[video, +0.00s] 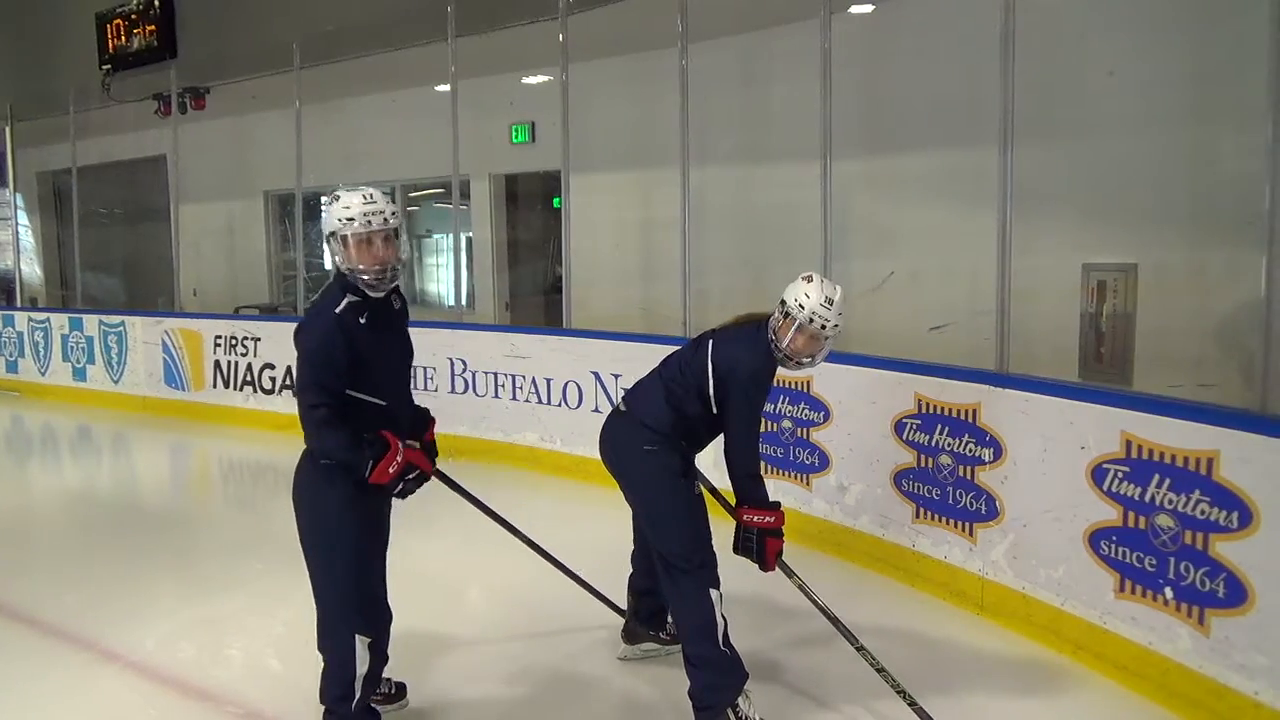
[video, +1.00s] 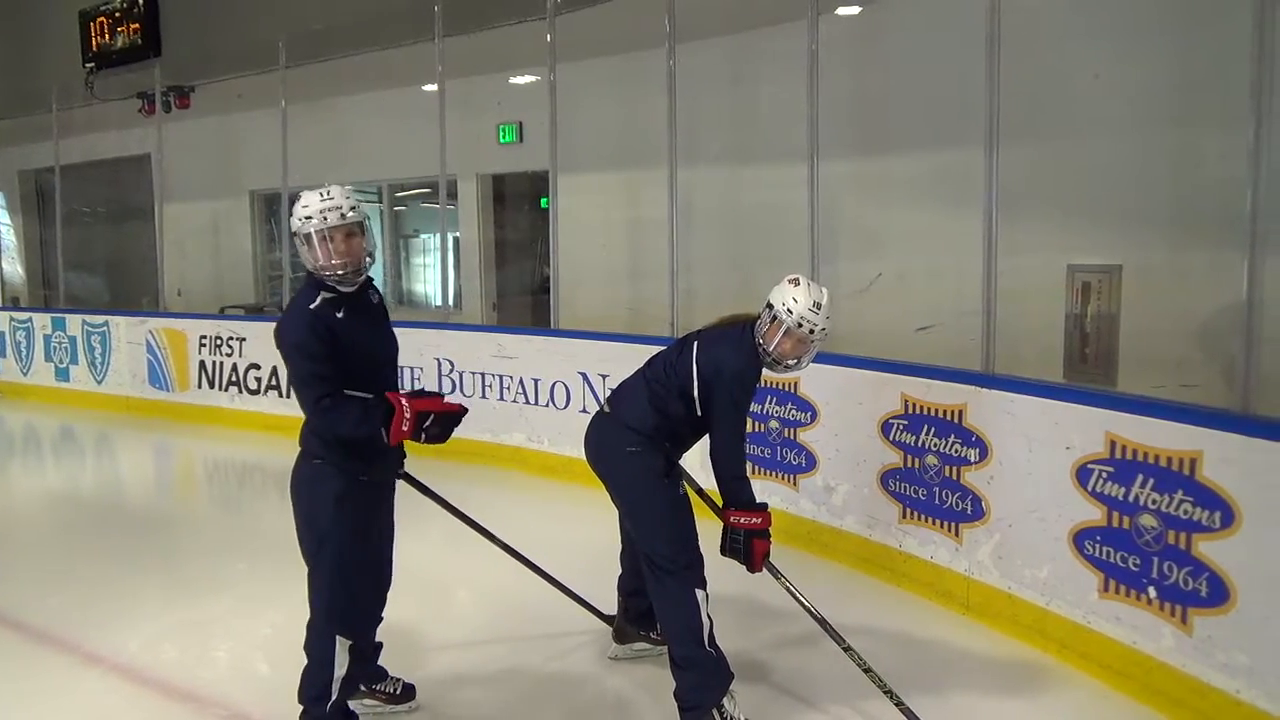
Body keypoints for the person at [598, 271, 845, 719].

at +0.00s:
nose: (803, 344)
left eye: (815, 338)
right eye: (799, 330)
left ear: (826, 342)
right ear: (781, 318)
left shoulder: (751, 337)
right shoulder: (752, 359)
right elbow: (741, 445)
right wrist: (758, 515)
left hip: (630, 434)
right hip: (652, 446)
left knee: (656, 533)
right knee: (693, 569)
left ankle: (644, 623)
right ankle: (718, 703)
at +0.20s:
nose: (800, 345)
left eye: (812, 339)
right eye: (796, 331)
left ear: (823, 342)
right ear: (779, 318)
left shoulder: (749, 337)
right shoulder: (749, 360)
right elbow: (739, 447)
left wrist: (677, 446)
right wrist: (757, 516)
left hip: (629, 433)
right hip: (647, 445)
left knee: (656, 533)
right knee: (690, 568)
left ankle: (644, 622)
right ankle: (715, 702)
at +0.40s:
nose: (795, 346)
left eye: (808, 340)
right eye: (792, 332)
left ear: (820, 343)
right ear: (776, 319)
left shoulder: (745, 337)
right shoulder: (746, 361)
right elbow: (736, 448)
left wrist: (673, 446)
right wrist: (755, 517)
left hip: (626, 434)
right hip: (643, 445)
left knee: (653, 534)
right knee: (687, 567)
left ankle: (642, 622)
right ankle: (712, 702)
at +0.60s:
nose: (790, 344)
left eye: (803, 338)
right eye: (786, 330)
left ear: (817, 344)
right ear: (772, 318)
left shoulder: (742, 336)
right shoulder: (742, 361)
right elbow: (733, 446)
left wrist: (670, 447)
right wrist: (752, 515)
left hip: (622, 433)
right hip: (641, 445)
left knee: (650, 532)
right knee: (685, 567)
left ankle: (640, 622)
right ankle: (709, 702)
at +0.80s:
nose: (791, 346)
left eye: (803, 340)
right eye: (787, 333)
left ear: (816, 344)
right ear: (770, 320)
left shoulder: (740, 336)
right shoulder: (739, 362)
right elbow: (730, 448)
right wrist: (749, 517)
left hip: (619, 433)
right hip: (637, 445)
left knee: (647, 532)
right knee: (681, 567)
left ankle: (637, 621)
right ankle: (705, 703)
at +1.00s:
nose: (787, 346)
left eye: (800, 340)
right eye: (784, 332)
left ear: (812, 344)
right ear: (767, 320)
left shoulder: (737, 337)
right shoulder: (737, 361)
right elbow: (727, 448)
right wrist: (746, 517)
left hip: (616, 434)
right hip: (634, 446)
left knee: (644, 533)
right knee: (679, 569)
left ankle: (635, 622)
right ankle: (703, 703)